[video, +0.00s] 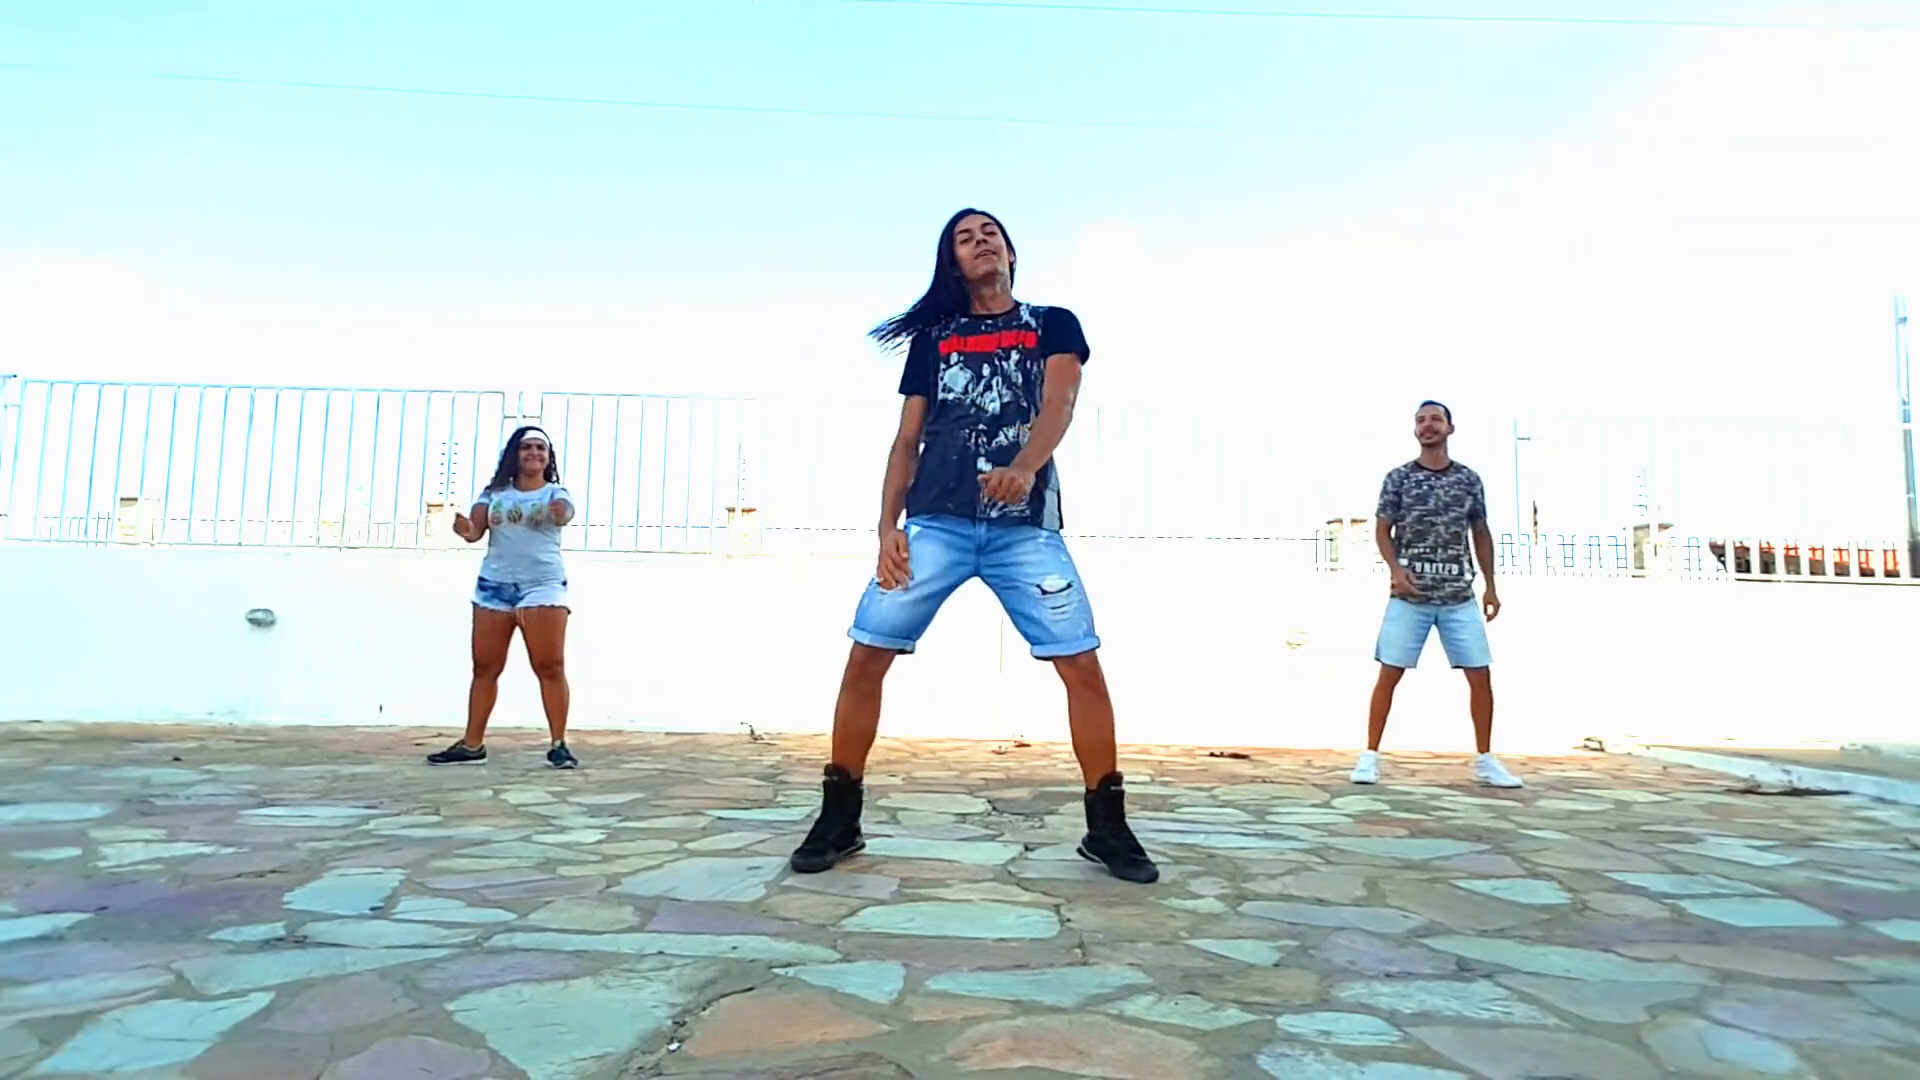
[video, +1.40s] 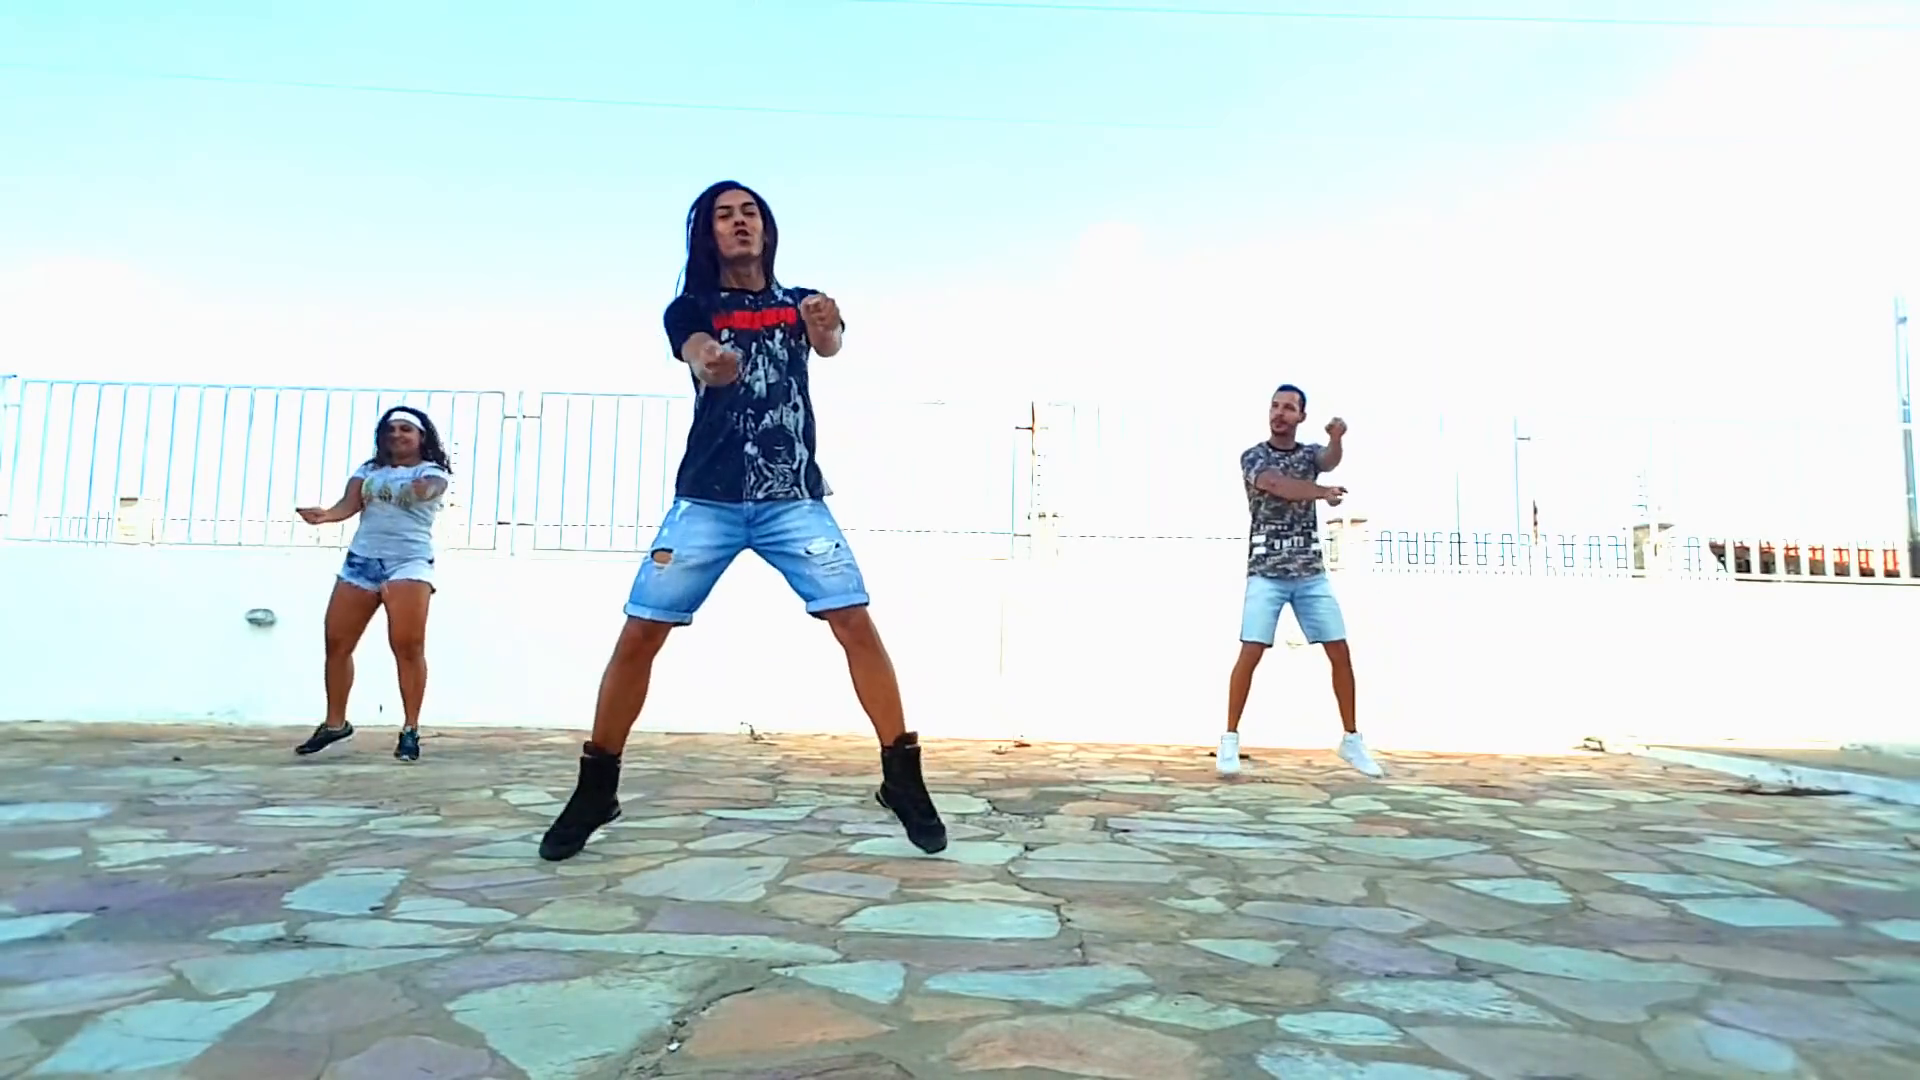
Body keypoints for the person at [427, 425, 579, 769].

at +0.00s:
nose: (534, 453)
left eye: (540, 448)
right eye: (527, 448)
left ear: (548, 457)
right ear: (514, 455)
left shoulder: (555, 492)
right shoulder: (494, 493)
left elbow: (562, 511)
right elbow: (475, 530)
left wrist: (557, 514)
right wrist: (466, 528)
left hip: (542, 586)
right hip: (494, 585)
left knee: (549, 667)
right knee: (484, 668)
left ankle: (558, 744)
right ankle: (472, 743)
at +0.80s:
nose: (489, 446)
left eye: (497, 440)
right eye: (483, 439)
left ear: (508, 448)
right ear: (472, 445)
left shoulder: (512, 483)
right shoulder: (449, 481)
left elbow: (520, 499)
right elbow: (433, 510)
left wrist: (517, 506)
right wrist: (426, 526)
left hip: (501, 570)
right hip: (453, 569)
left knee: (523, 648)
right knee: (434, 655)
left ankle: (544, 724)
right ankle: (438, 730)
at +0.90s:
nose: (468, 435)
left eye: (476, 430)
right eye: (462, 430)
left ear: (491, 436)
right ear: (454, 438)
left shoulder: (505, 467)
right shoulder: (442, 472)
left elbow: (507, 482)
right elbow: (422, 505)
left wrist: (502, 488)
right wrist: (390, 522)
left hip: (487, 565)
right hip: (437, 564)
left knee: (497, 643)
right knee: (419, 646)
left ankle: (507, 725)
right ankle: (419, 723)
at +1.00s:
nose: (453, 439)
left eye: (461, 434)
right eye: (446, 434)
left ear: (477, 441)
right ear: (439, 443)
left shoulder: (491, 472)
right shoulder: (428, 481)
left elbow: (493, 485)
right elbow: (414, 516)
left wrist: (483, 490)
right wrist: (389, 530)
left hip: (474, 570)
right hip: (425, 567)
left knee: (475, 656)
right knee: (399, 648)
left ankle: (477, 738)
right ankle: (383, 724)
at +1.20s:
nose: (429, 461)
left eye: (438, 456)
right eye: (423, 456)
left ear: (452, 466)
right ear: (414, 464)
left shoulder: (457, 500)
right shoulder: (393, 494)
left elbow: (456, 525)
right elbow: (375, 523)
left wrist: (453, 516)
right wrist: (372, 539)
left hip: (439, 584)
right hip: (391, 586)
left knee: (449, 659)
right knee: (356, 663)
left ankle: (473, 740)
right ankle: (358, 742)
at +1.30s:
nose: (414, 444)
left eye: (423, 440)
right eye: (409, 439)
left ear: (437, 451)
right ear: (400, 447)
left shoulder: (440, 486)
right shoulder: (378, 478)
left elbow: (441, 505)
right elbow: (355, 507)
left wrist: (439, 505)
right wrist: (331, 520)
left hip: (419, 572)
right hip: (372, 570)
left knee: (432, 650)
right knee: (351, 654)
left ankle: (448, 731)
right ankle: (352, 733)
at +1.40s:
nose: (398, 433)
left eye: (406, 428)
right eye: (391, 429)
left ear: (422, 438)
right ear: (382, 438)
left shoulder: (432, 471)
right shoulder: (368, 471)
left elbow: (431, 487)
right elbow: (350, 504)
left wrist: (421, 490)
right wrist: (326, 514)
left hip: (409, 563)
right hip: (362, 561)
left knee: (408, 647)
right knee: (336, 643)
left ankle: (410, 730)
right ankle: (335, 724)